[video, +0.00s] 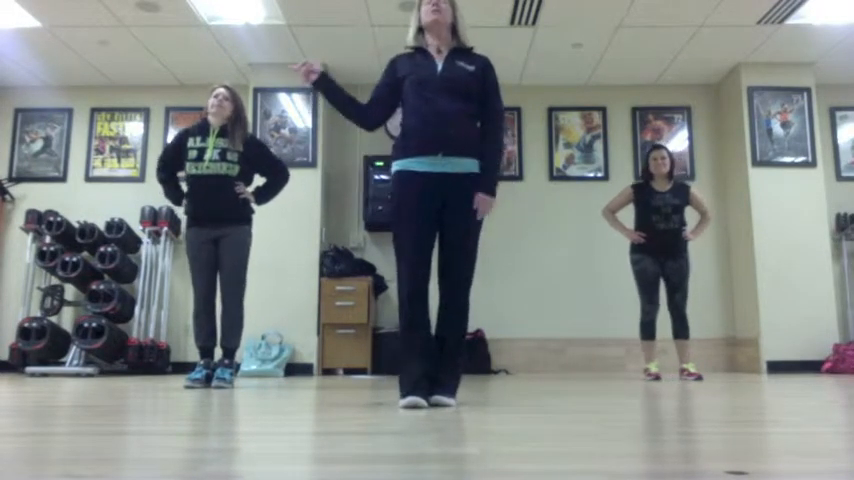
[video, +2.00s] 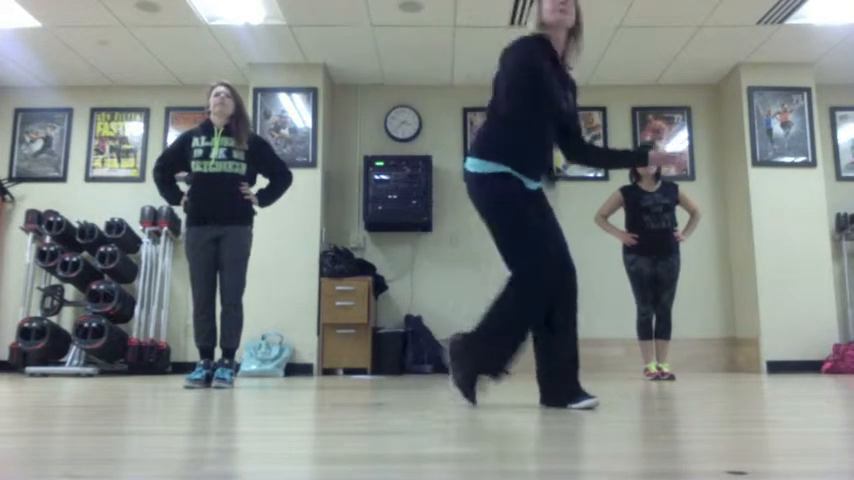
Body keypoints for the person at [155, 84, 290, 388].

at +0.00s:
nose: (218, 101)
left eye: (225, 99)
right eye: (214, 96)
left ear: (234, 110)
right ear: (206, 104)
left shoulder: (246, 143)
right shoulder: (189, 137)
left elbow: (281, 173)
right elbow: (164, 169)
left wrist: (257, 196)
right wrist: (180, 198)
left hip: (235, 226)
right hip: (198, 225)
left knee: (232, 293)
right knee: (202, 294)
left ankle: (227, 362)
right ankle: (205, 361)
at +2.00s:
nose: (220, 99)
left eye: (226, 96)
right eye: (216, 95)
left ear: (236, 107)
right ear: (207, 105)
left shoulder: (251, 143)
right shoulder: (192, 139)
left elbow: (284, 176)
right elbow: (161, 169)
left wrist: (260, 197)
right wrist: (177, 198)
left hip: (236, 227)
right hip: (199, 226)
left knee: (231, 296)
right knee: (202, 297)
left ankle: (227, 363)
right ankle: (205, 362)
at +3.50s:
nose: (240, 98)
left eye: (247, 94)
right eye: (236, 93)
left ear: (257, 104)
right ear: (227, 101)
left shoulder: (269, 141)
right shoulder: (211, 138)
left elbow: (284, 186)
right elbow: (196, 182)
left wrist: (299, 176)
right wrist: (176, 183)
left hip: (254, 230)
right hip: (215, 229)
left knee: (257, 298)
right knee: (202, 296)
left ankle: (262, 365)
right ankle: (189, 363)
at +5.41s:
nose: (252, 95)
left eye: (259, 92)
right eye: (248, 91)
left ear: (268, 103)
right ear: (239, 99)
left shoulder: (279, 142)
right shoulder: (221, 134)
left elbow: (290, 186)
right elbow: (201, 176)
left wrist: (316, 184)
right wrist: (186, 182)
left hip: (261, 228)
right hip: (222, 226)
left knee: (262, 295)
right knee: (206, 291)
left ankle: (267, 364)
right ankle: (190, 362)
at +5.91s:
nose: (265, 96)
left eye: (271, 93)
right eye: (260, 92)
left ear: (280, 105)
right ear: (250, 100)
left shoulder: (291, 143)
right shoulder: (231, 134)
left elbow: (299, 186)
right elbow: (211, 181)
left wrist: (324, 186)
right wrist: (211, 164)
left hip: (268, 227)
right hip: (229, 223)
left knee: (266, 297)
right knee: (208, 286)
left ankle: (267, 363)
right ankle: (193, 349)